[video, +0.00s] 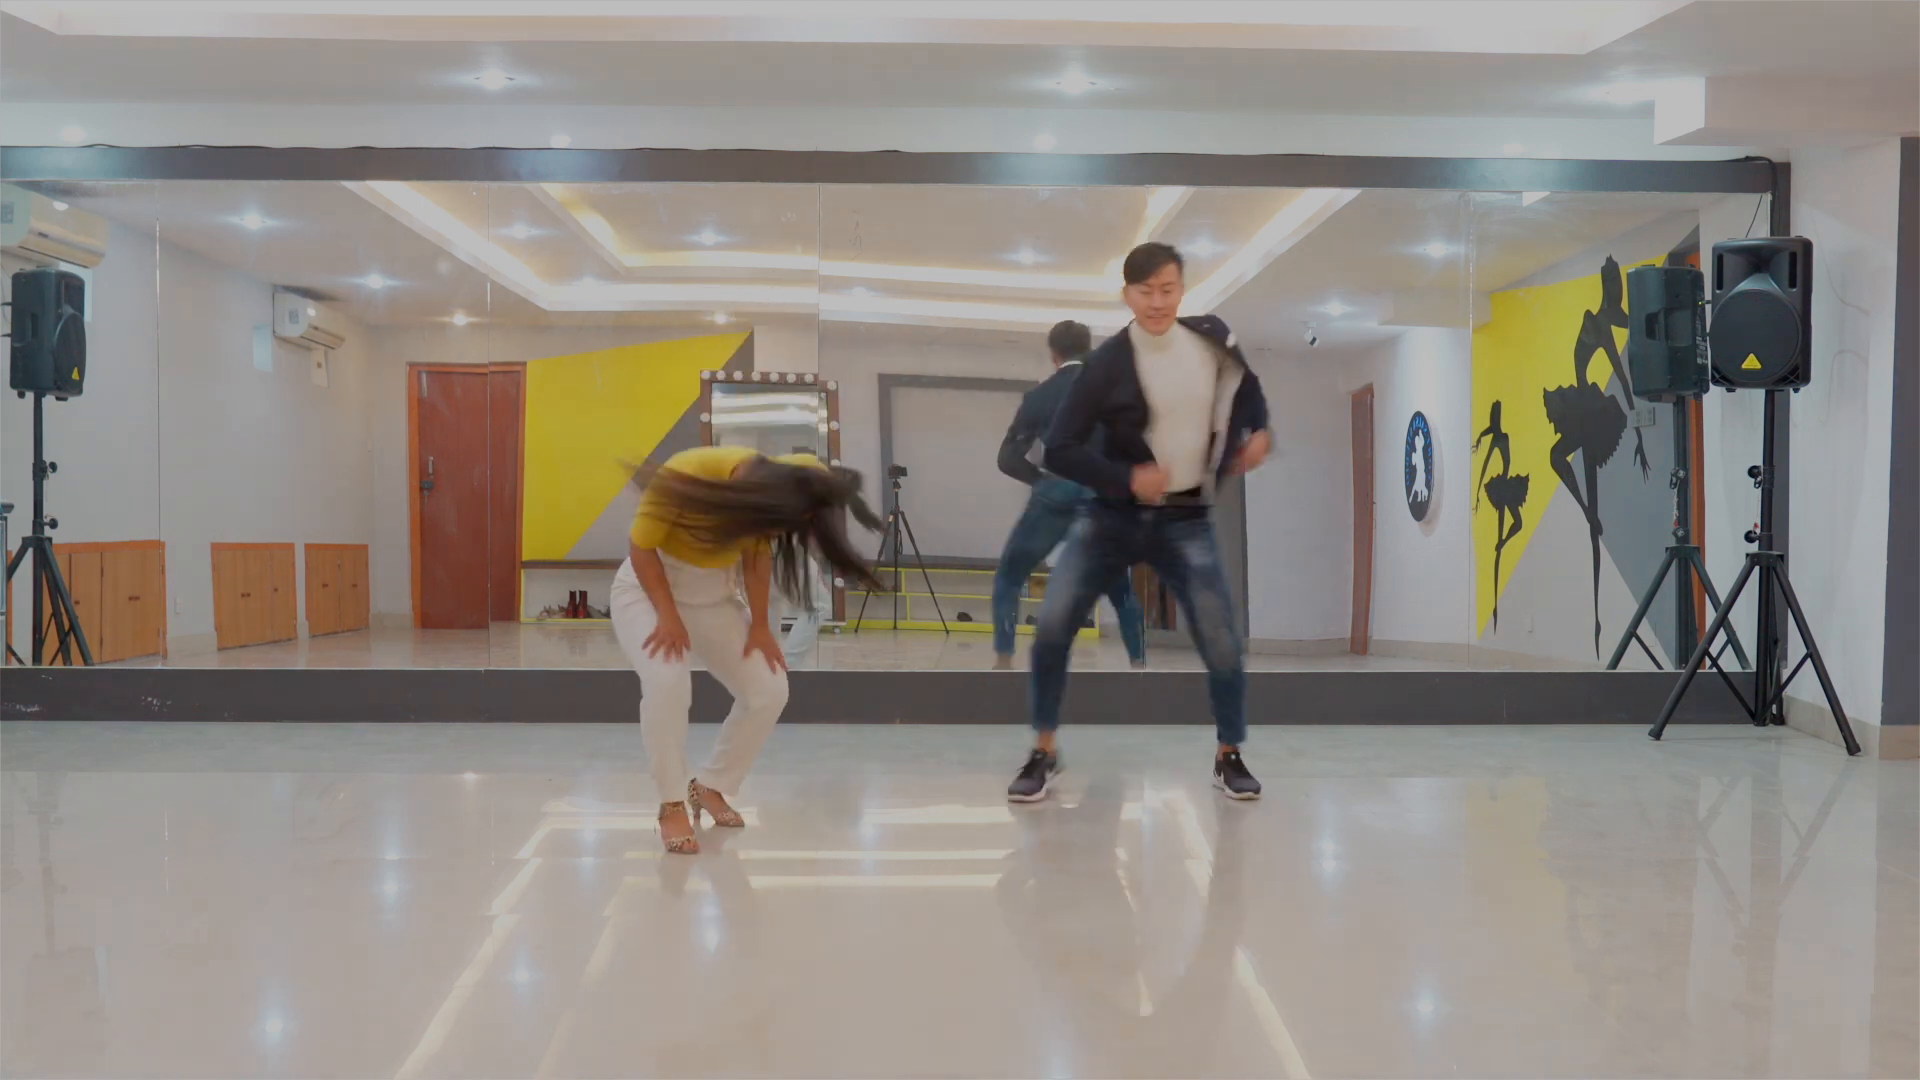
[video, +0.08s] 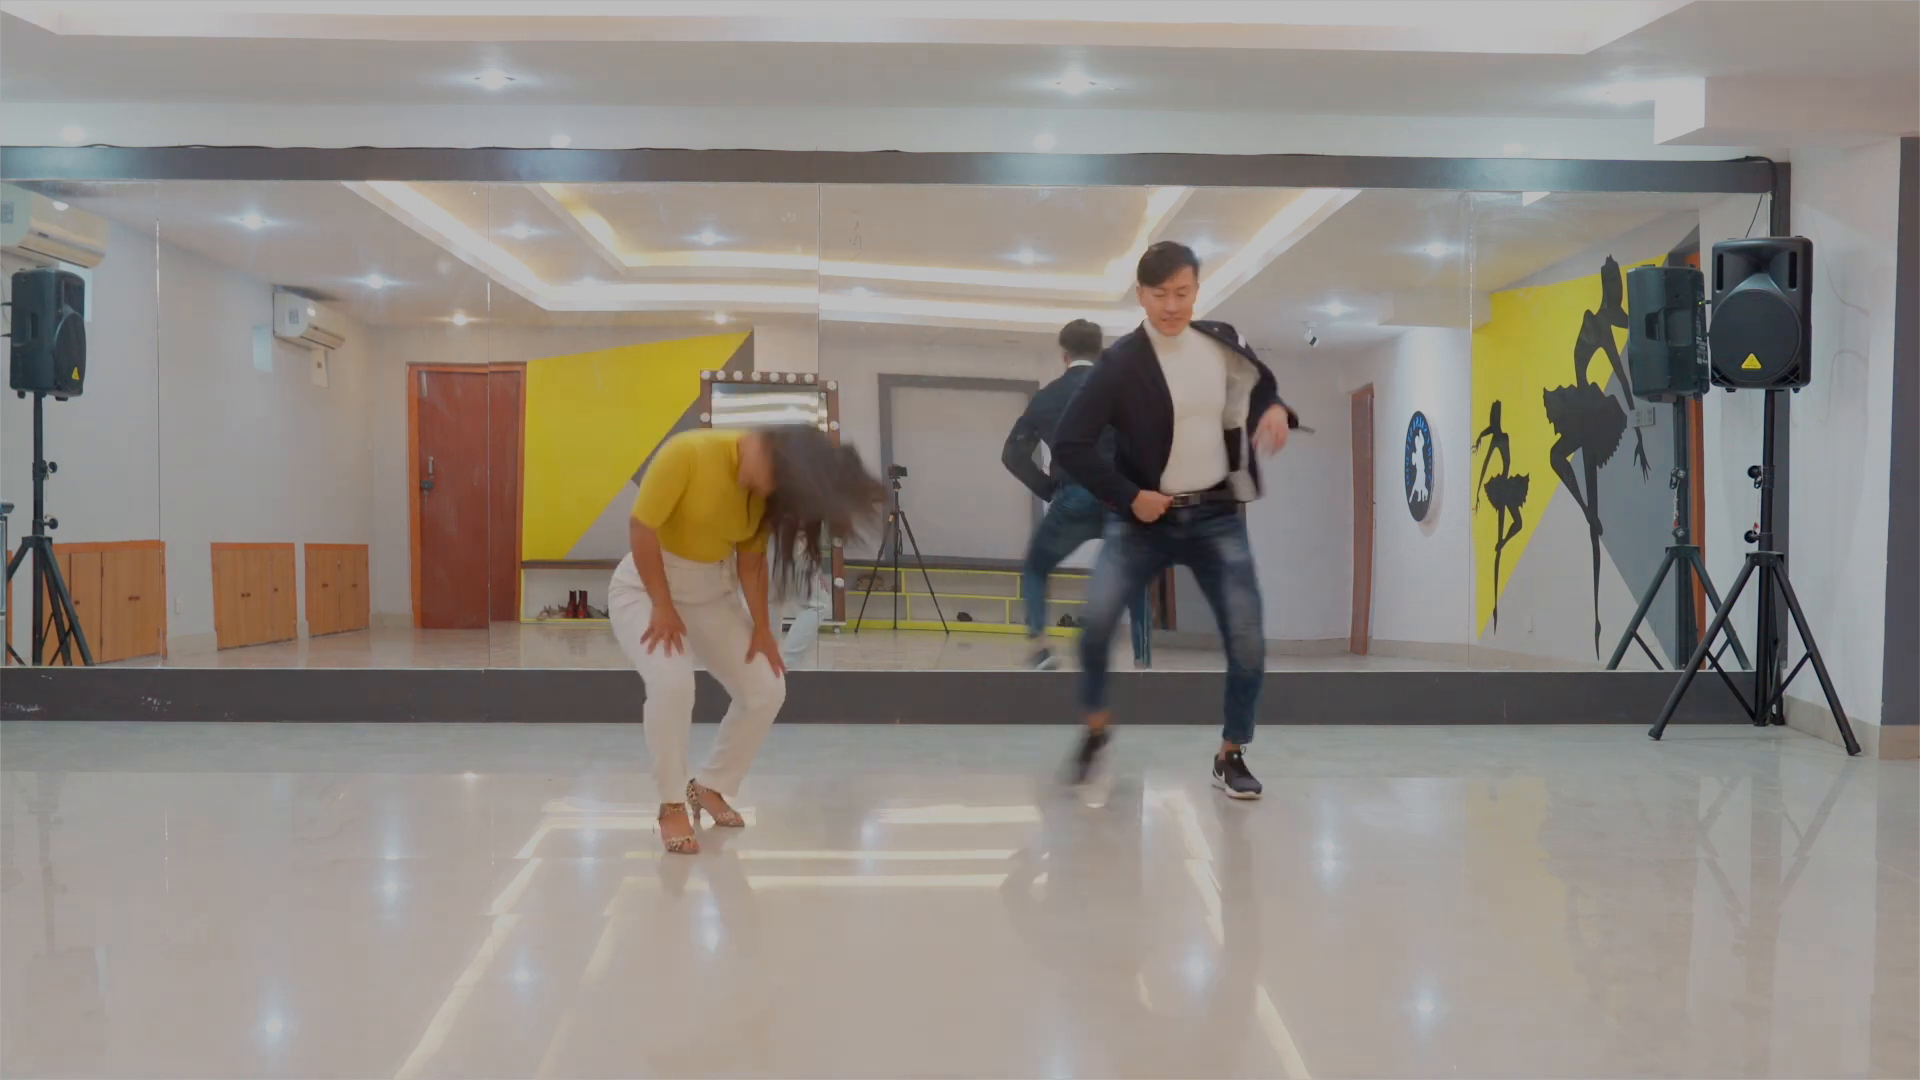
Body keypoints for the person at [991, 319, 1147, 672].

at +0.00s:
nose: (1051, 357)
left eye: (1051, 351)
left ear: (1054, 354)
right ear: (1089, 349)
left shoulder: (1042, 394)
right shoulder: (1109, 384)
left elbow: (1008, 458)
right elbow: (1129, 439)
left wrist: (1042, 479)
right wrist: (1113, 474)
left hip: (1057, 489)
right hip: (1106, 489)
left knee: (1011, 573)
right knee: (1120, 587)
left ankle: (1004, 658)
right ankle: (1139, 666)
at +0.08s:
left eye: (1063, 351)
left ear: (1064, 353)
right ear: (1100, 351)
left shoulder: (1050, 395)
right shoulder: (1121, 386)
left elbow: (1014, 455)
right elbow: (1143, 440)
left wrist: (1050, 489)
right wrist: (1134, 484)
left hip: (1075, 497)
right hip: (1125, 494)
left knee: (1036, 567)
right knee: (1133, 580)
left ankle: (1039, 641)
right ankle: (1143, 664)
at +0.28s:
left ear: (1080, 356)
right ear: (1116, 353)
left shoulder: (1056, 400)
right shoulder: (1132, 389)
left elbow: (1045, 460)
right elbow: (1159, 437)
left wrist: (1077, 484)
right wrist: (1149, 474)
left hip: (1100, 502)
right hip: (1143, 496)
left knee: (1140, 588)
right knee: (1156, 591)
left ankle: (1132, 644)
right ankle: (1140, 665)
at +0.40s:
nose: (1080, 353)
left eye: (1080, 348)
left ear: (1082, 351)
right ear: (1120, 349)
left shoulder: (1068, 398)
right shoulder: (1142, 387)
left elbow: (1034, 454)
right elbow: (1175, 436)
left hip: (1107, 504)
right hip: (1153, 500)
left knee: (1120, 582)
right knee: (1159, 590)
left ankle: (1119, 636)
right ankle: (1145, 667)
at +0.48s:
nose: (1079, 352)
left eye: (1080, 347)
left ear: (1082, 349)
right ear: (1119, 347)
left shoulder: (1075, 392)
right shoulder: (1143, 380)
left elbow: (1037, 445)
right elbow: (1171, 428)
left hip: (1107, 490)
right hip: (1152, 488)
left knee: (1088, 553)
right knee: (1159, 573)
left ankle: (1110, 608)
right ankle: (1146, 656)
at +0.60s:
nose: (1093, 370)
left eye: (1091, 365)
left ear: (1091, 366)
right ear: (1128, 364)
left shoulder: (1080, 407)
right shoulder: (1147, 394)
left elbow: (1054, 467)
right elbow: (1164, 440)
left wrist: (1086, 448)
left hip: (1098, 488)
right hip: (1147, 490)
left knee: (1024, 508)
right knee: (1147, 577)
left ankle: (1073, 557)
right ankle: (1157, 660)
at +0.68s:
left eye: (1092, 370)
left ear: (1094, 372)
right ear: (1130, 369)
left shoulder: (1080, 411)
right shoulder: (1148, 397)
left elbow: (1064, 473)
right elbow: (1161, 449)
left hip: (1089, 486)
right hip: (1136, 490)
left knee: (1006, 504)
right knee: (1144, 586)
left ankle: (1044, 575)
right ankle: (1153, 660)